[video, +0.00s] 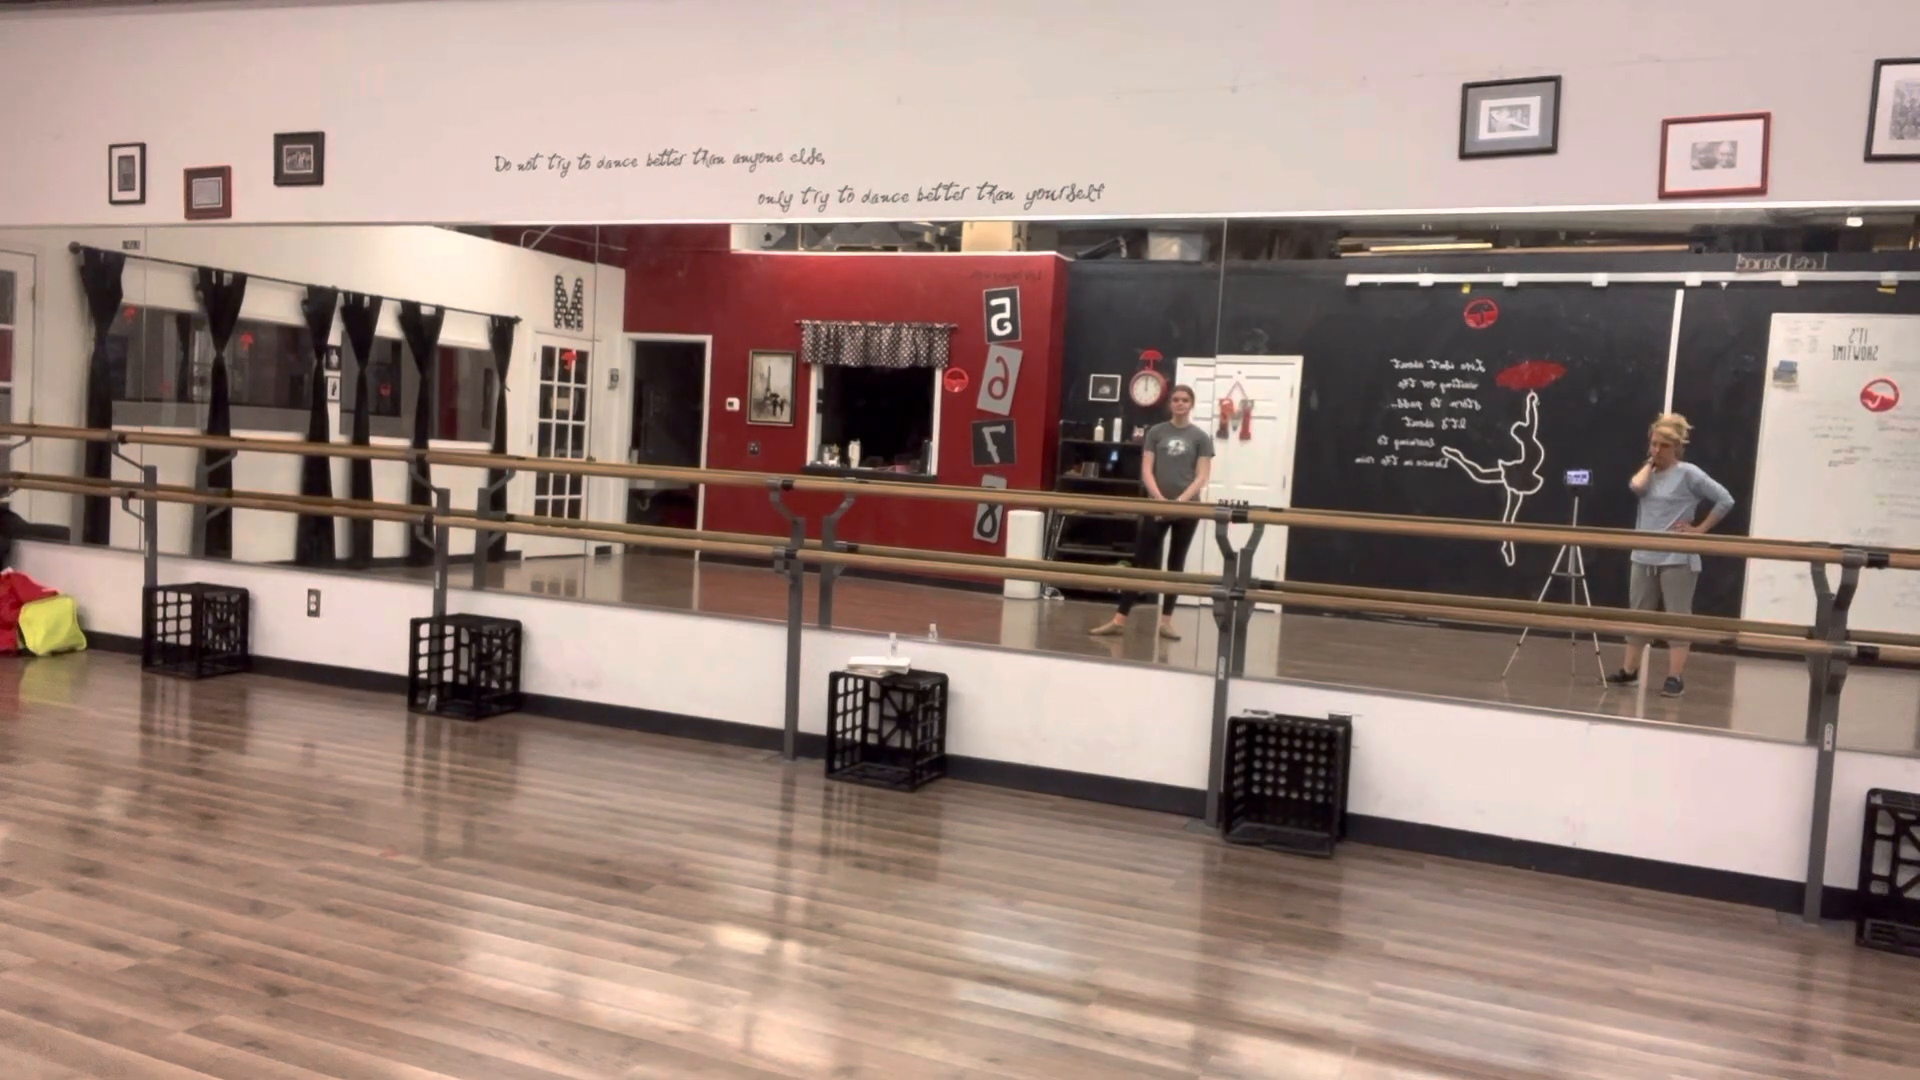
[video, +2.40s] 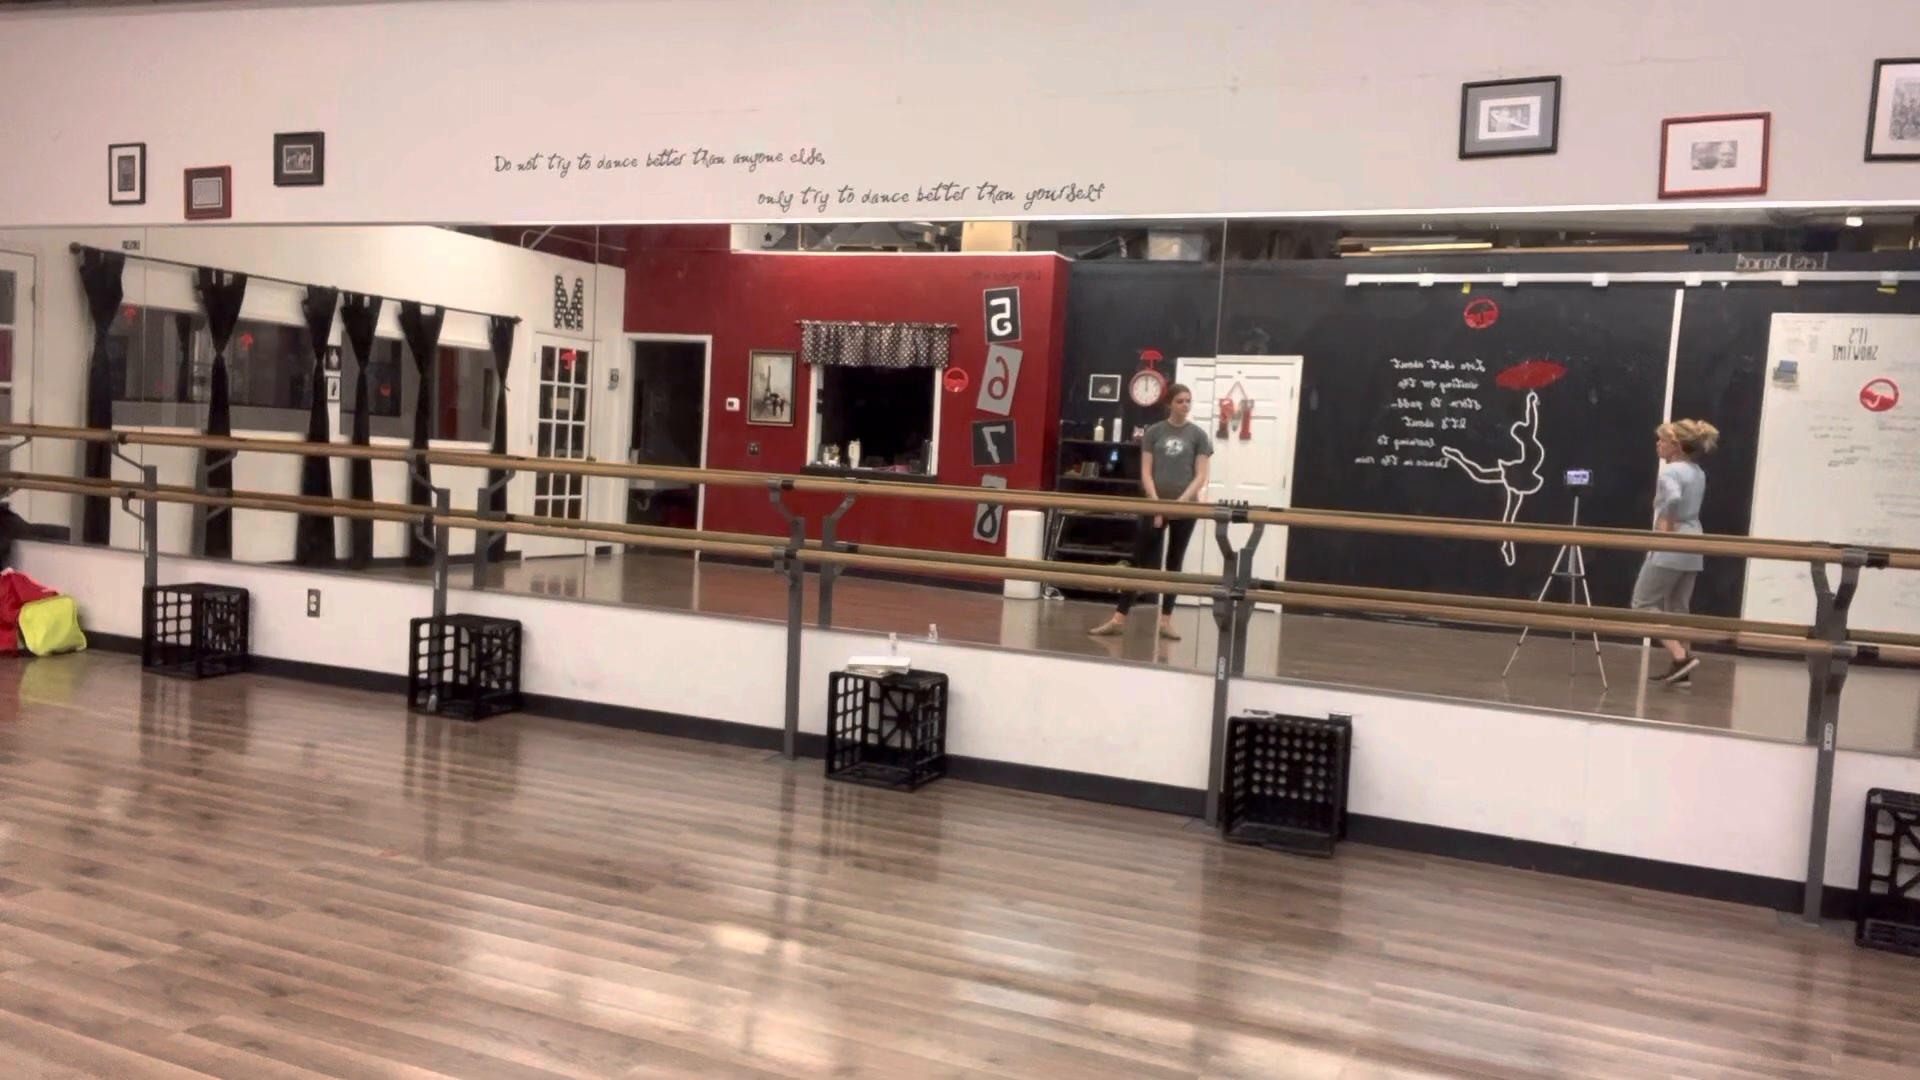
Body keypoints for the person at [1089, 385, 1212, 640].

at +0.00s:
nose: (1180, 404)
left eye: (1185, 400)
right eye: (1176, 400)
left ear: (1192, 405)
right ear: (1170, 403)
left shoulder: (1201, 438)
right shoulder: (1155, 432)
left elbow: (1202, 477)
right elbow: (1146, 471)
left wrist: (1177, 503)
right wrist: (1160, 501)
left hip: (1186, 506)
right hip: (1157, 503)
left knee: (1176, 562)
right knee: (1142, 558)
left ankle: (1166, 619)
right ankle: (1120, 617)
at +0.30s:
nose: (1178, 404)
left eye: (1183, 400)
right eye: (1174, 399)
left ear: (1190, 404)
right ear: (1168, 403)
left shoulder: (1201, 438)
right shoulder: (1154, 433)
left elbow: (1208, 478)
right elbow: (1142, 472)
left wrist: (1211, 514)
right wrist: (1135, 508)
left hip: (1186, 510)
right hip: (1154, 507)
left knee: (1175, 565)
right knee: (1140, 560)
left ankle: (1165, 620)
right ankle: (1120, 618)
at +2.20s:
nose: (1186, 407)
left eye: (1189, 403)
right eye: (1182, 403)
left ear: (1192, 406)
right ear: (1171, 404)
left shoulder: (1199, 437)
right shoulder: (1152, 433)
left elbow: (1201, 477)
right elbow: (1145, 471)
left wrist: (1186, 509)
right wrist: (1150, 506)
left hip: (1184, 507)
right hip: (1156, 505)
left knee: (1175, 563)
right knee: (1141, 559)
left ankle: (1166, 618)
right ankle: (1120, 616)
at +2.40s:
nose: (1185, 406)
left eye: (1187, 402)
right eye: (1180, 402)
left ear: (1191, 405)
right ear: (1170, 404)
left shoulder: (1199, 436)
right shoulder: (1152, 433)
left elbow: (1201, 477)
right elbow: (1146, 474)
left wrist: (1177, 505)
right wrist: (1156, 507)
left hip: (1184, 508)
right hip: (1155, 504)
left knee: (1174, 562)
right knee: (1140, 558)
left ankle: (1165, 619)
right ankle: (1119, 616)